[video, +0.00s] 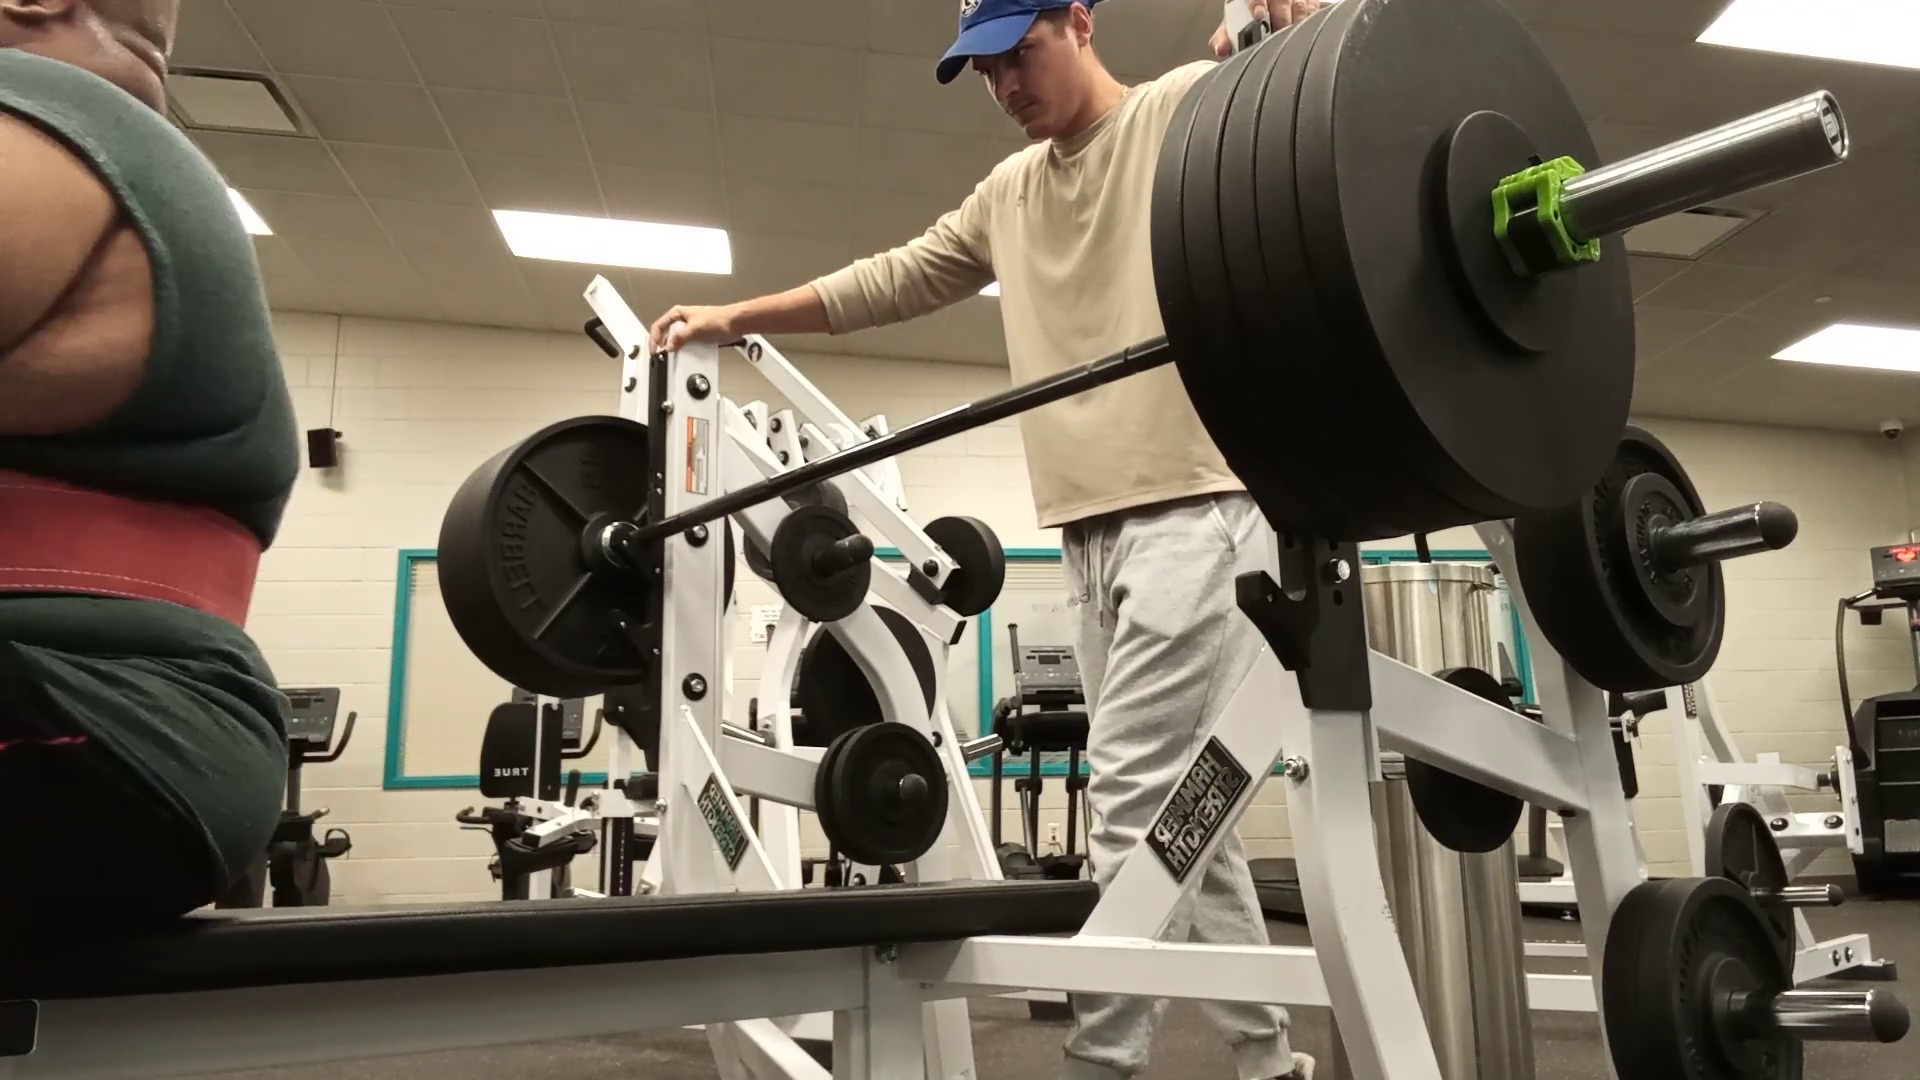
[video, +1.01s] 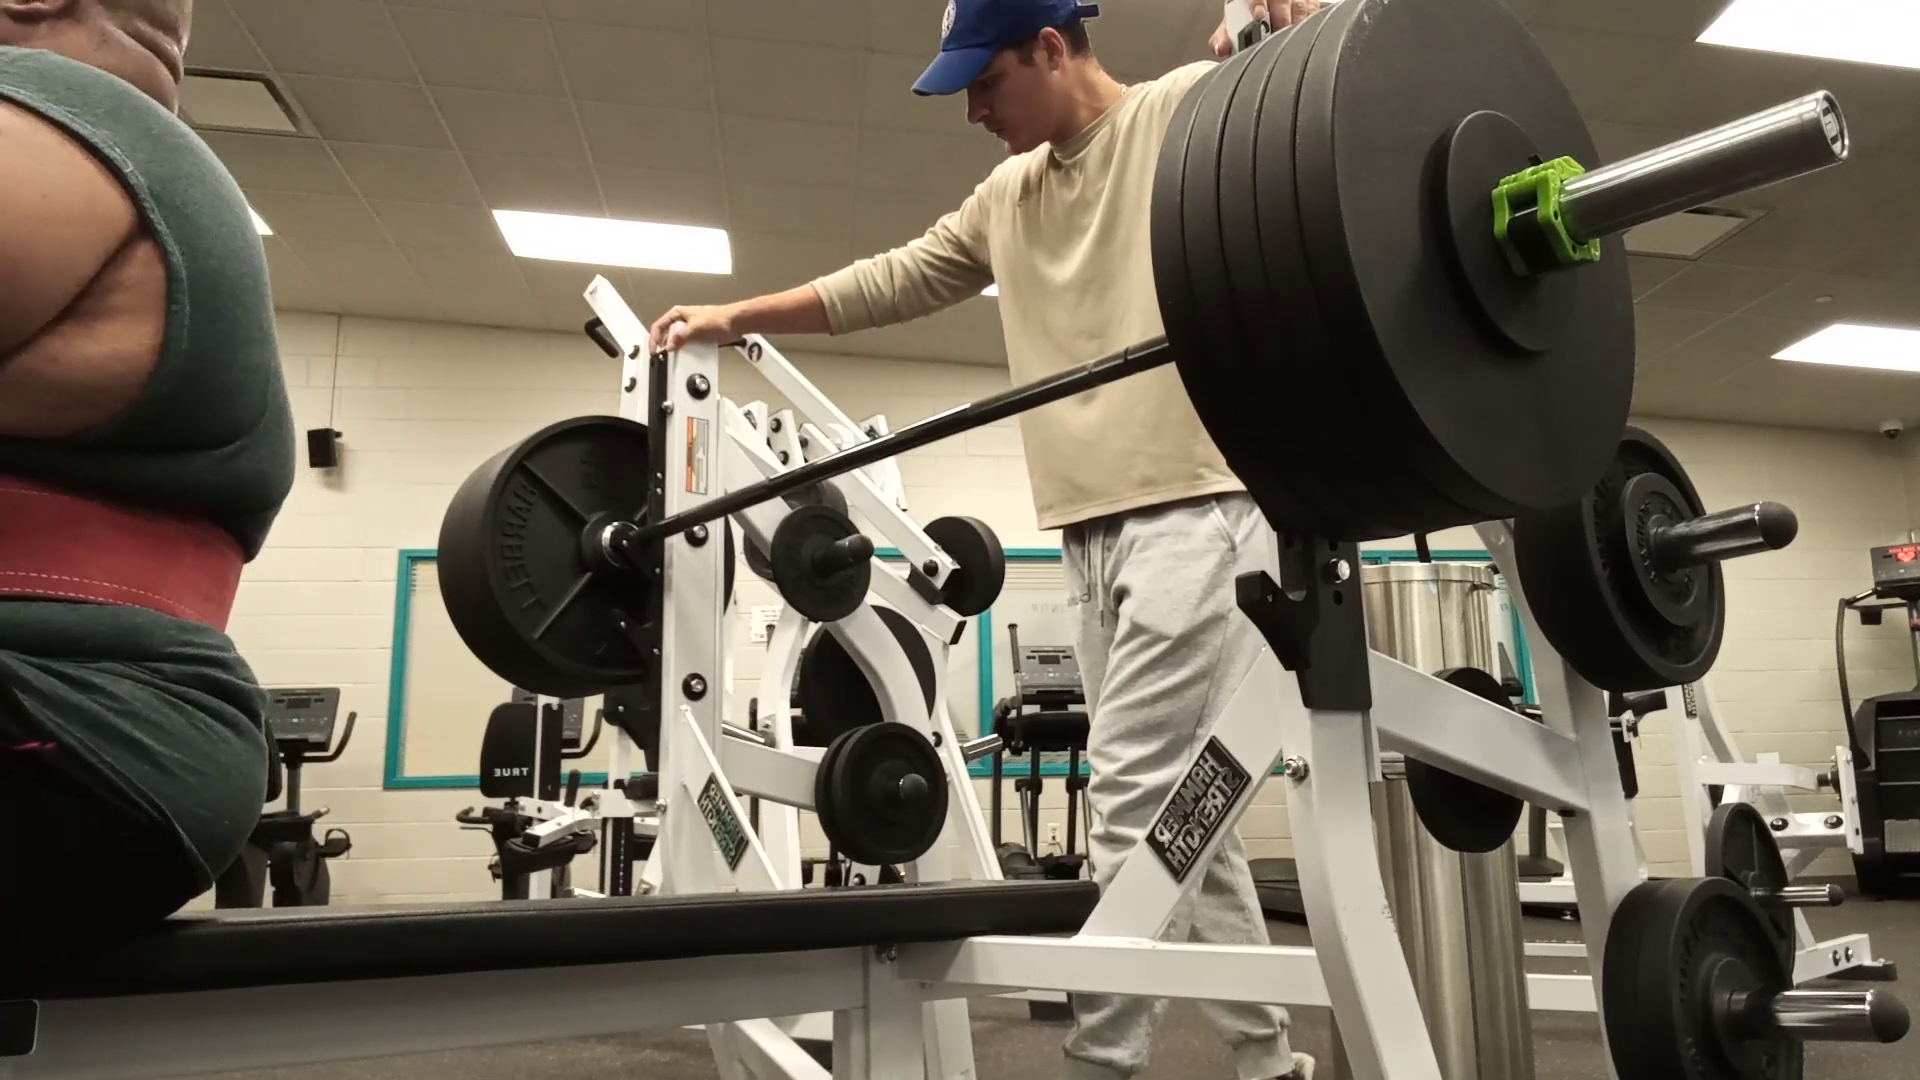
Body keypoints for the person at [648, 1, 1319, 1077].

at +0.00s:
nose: (1000, 87)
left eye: (1014, 57)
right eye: (987, 71)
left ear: (1079, 25)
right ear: (984, 78)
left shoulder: (1186, 101)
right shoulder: (1005, 193)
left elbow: (1316, 102)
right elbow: (889, 280)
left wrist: (1291, 34)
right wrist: (733, 314)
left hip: (1201, 508)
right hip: (1090, 531)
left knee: (1129, 794)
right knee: (1176, 805)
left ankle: (1102, 1061)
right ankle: (1264, 1057)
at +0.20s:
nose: (994, 90)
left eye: (1006, 62)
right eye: (983, 74)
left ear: (1074, 28)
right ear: (987, 77)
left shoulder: (1188, 101)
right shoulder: (1005, 194)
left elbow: (1321, 106)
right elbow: (892, 280)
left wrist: (1293, 36)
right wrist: (734, 314)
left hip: (1200, 509)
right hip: (1089, 532)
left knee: (1129, 795)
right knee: (1176, 806)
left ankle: (1103, 1061)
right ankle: (1264, 1057)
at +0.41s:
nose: (987, 97)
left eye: (997, 68)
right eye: (978, 79)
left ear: (1067, 34)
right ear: (1002, 73)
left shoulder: (1188, 101)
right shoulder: (1007, 193)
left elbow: (1320, 111)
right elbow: (897, 279)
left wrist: (1295, 35)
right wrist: (736, 314)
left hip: (1201, 510)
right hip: (1090, 533)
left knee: (1128, 793)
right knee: (1174, 804)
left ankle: (1102, 1064)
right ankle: (1266, 1060)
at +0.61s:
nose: (984, 101)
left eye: (995, 72)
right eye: (975, 83)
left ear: (1064, 38)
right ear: (1004, 74)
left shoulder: (1188, 101)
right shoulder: (1006, 193)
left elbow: (1320, 107)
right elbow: (896, 279)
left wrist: (1295, 34)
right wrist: (735, 314)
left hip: (1200, 509)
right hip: (1089, 533)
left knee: (1129, 794)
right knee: (1175, 804)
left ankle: (1102, 1064)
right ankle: (1266, 1060)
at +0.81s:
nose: (978, 102)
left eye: (989, 76)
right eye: (972, 84)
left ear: (1058, 43)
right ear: (1029, 60)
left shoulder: (1187, 102)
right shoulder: (1006, 193)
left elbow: (1316, 109)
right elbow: (894, 279)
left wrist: (1292, 36)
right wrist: (735, 314)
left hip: (1200, 510)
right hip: (1090, 534)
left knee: (1130, 795)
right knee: (1175, 805)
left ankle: (1102, 1064)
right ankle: (1267, 1060)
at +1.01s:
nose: (974, 111)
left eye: (985, 83)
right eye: (967, 90)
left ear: (1054, 46)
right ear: (1024, 64)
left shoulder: (1185, 102)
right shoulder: (1005, 195)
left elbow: (1315, 110)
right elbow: (893, 280)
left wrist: (1291, 37)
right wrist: (734, 314)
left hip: (1200, 511)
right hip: (1090, 535)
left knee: (1128, 793)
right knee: (1174, 805)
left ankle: (1102, 1064)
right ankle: (1267, 1061)